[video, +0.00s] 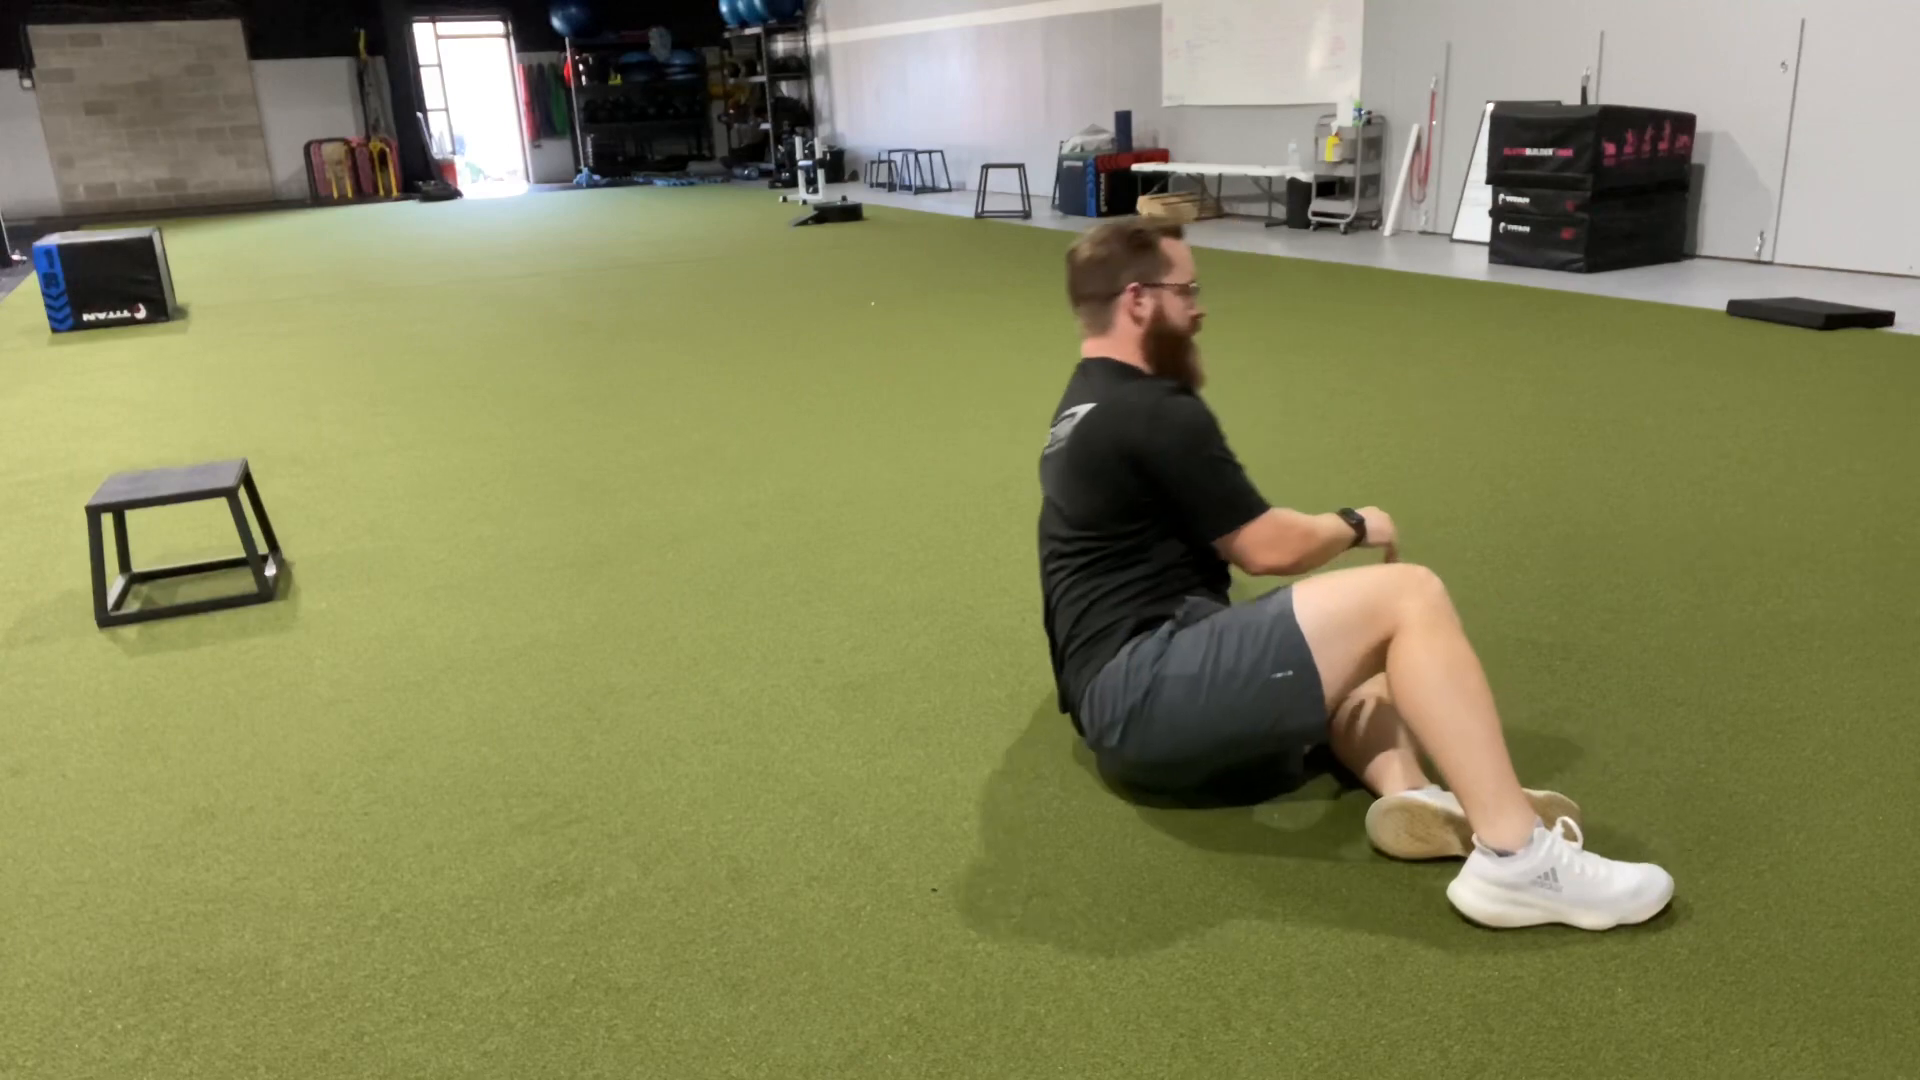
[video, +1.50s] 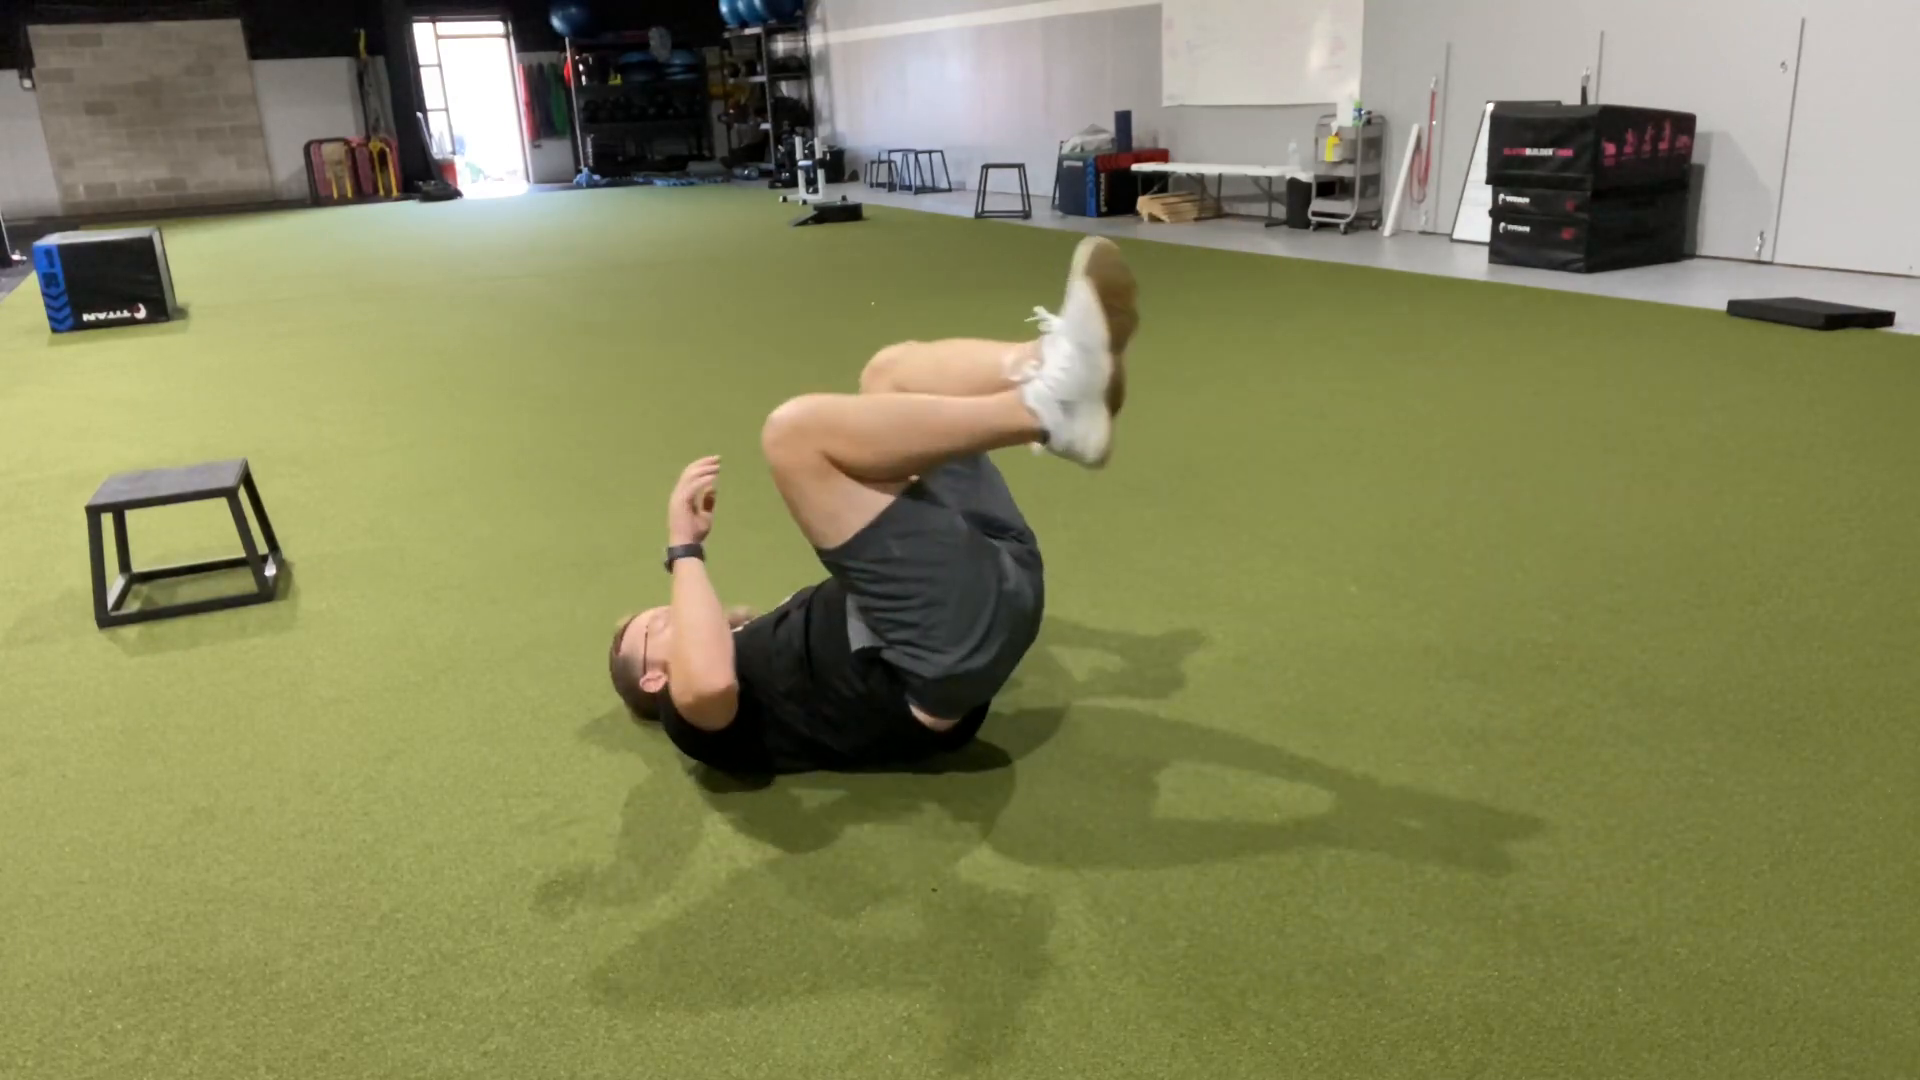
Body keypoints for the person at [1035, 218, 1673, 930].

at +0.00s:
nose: (1200, 309)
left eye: (1196, 292)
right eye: (1186, 293)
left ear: (1124, 307)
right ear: (1136, 304)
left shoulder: (1089, 404)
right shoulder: (1152, 411)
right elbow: (1269, 547)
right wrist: (1352, 525)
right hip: (1151, 689)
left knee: (1359, 677)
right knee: (1406, 595)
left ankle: (1409, 794)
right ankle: (1520, 850)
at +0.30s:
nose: (1043, 355)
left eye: (1035, 340)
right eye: (1022, 345)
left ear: (973, 370)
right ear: (969, 370)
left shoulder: (998, 459)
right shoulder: (992, 469)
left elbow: (1099, 574)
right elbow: (1132, 567)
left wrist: (1188, 548)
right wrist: (1244, 520)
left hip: (1114, 712)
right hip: (1092, 702)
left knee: (1334, 678)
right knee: (1352, 599)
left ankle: (1418, 791)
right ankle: (1495, 839)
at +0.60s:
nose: (863, 445)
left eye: (857, 432)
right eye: (838, 443)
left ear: (866, 450)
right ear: (798, 490)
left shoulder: (915, 535)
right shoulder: (836, 564)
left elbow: (1045, 599)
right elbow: (976, 588)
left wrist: (1172, 614)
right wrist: (1068, 495)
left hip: (1088, 714)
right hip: (1039, 726)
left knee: (1259, 560)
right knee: (1228, 531)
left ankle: (1396, 717)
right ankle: (1382, 754)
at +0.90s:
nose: (734, 569)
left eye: (730, 563)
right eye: (708, 580)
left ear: (755, 572)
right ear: (690, 634)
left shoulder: (814, 630)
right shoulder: (732, 670)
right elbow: (801, 617)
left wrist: (1044, 540)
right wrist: (823, 500)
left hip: (1050, 693)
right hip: (977, 709)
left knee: (1044, 443)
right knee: (976, 437)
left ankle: (1215, 503)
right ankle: (1202, 501)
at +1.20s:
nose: (667, 616)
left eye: (659, 618)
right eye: (649, 629)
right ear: (652, 682)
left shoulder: (785, 646)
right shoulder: (699, 711)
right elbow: (693, 639)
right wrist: (675, 558)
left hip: (1009, 620)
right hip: (928, 652)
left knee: (902, 425)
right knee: (809, 421)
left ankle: (1067, 371)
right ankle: (1045, 384)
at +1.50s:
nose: (664, 609)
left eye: (661, 607)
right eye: (648, 624)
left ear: (698, 612)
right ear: (654, 680)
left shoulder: (782, 643)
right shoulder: (704, 724)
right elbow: (711, 684)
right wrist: (685, 550)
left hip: (1003, 590)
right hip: (942, 652)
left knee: (886, 369)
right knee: (791, 433)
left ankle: (1050, 362)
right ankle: (1042, 414)